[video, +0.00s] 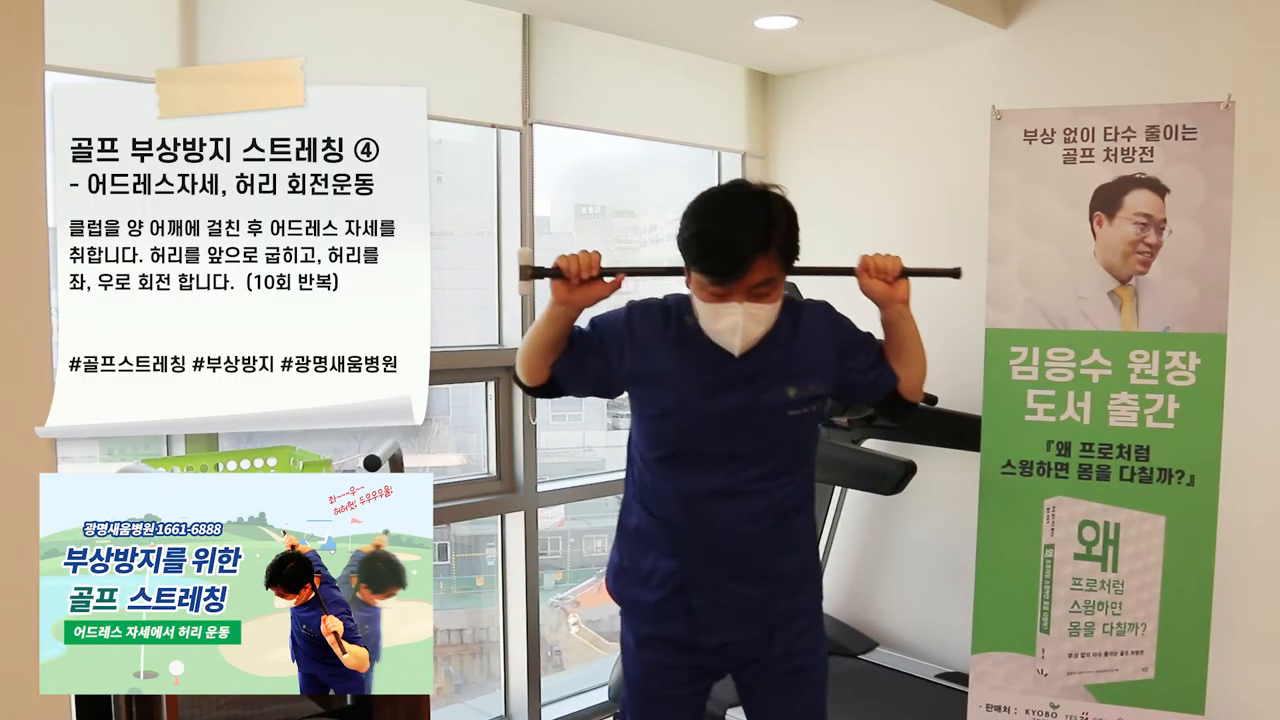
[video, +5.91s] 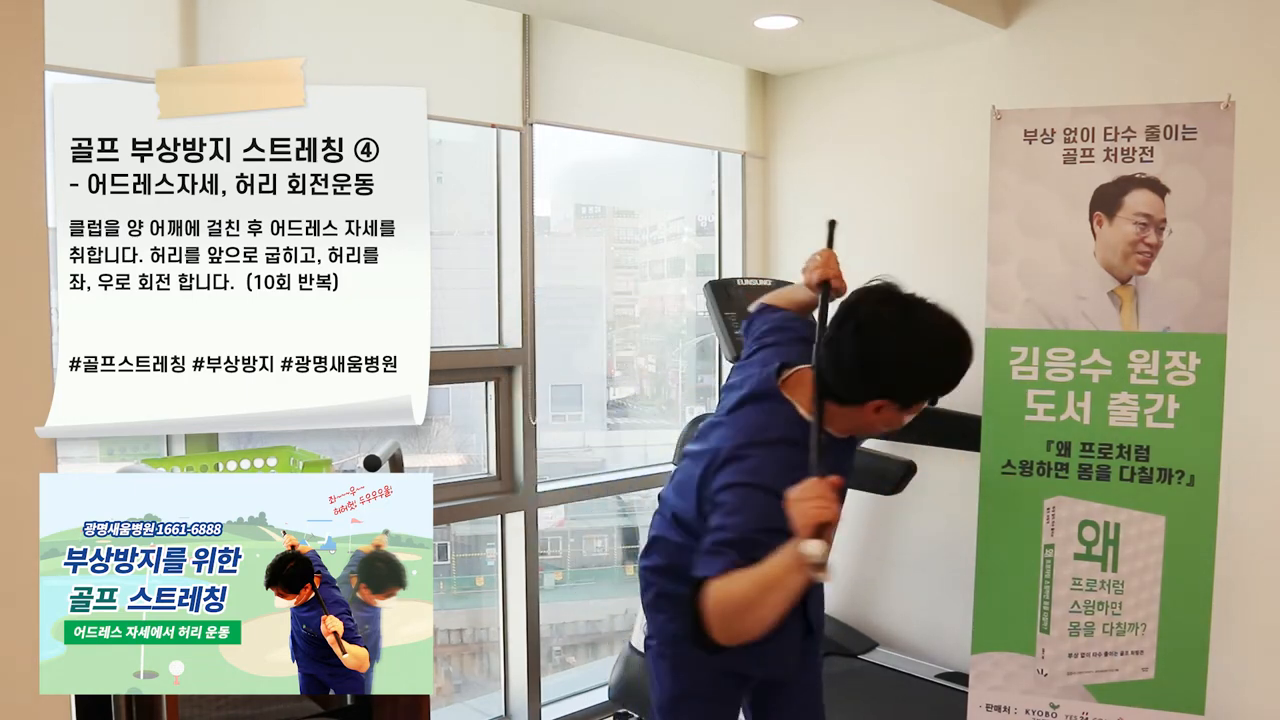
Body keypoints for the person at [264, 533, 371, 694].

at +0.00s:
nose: (278, 599)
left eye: (283, 596)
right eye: (276, 594)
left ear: (306, 590)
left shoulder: (334, 607)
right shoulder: (312, 570)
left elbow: (363, 665)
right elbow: (308, 552)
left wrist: (335, 642)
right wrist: (297, 547)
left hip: (344, 673)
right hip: (310, 667)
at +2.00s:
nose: (278, 599)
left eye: (283, 596)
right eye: (276, 594)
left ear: (306, 590)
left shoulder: (334, 607)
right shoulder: (312, 570)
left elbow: (363, 665)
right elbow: (308, 552)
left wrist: (335, 642)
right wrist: (297, 547)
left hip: (344, 673)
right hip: (310, 667)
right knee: (312, 714)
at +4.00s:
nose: (278, 599)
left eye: (283, 596)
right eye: (276, 593)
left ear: (306, 590)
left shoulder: (334, 608)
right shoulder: (312, 570)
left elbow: (363, 665)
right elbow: (308, 552)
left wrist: (336, 643)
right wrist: (297, 547)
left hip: (344, 672)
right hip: (310, 667)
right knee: (312, 715)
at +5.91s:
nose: (278, 599)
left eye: (283, 595)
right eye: (276, 593)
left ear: (306, 589)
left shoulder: (334, 608)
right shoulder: (311, 570)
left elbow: (363, 665)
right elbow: (308, 552)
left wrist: (335, 642)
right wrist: (296, 547)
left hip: (344, 672)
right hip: (310, 666)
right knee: (313, 714)